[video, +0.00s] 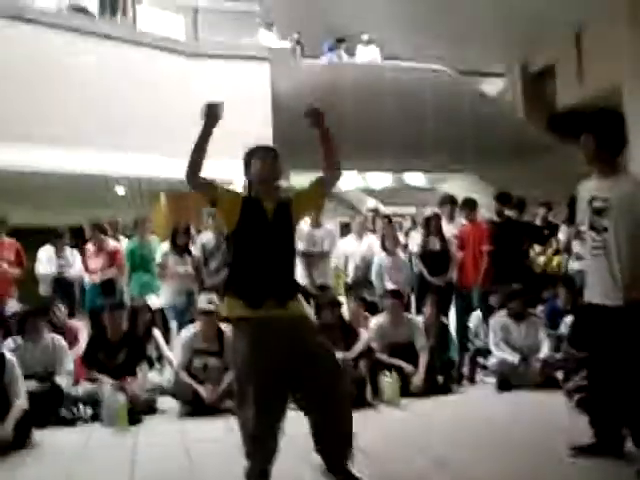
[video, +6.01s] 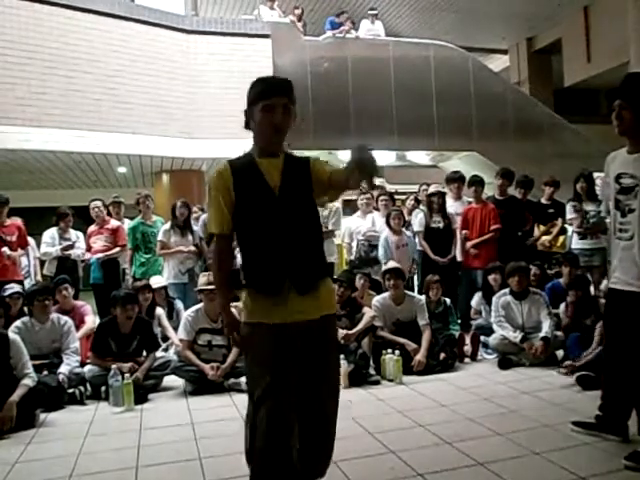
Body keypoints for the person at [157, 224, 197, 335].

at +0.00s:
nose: (182, 239)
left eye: (185, 234)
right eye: (179, 234)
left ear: (189, 237)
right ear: (174, 236)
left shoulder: (192, 257)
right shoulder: (167, 255)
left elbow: (198, 277)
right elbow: (160, 273)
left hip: (188, 295)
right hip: (170, 296)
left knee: (187, 331)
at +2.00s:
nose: (178, 218)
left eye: (181, 215)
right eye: (176, 214)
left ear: (185, 215)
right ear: (171, 214)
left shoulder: (187, 228)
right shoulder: (161, 228)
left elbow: (195, 247)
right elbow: (155, 249)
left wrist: (189, 247)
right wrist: (174, 247)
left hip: (186, 269)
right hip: (169, 271)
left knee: (187, 304)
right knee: (174, 305)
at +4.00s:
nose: (178, 218)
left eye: (181, 215)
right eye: (176, 215)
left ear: (185, 215)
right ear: (171, 213)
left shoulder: (189, 228)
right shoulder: (162, 228)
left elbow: (196, 248)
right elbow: (155, 250)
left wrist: (189, 247)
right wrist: (174, 246)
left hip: (187, 268)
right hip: (170, 269)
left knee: (188, 302)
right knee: (174, 303)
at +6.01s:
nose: (182, 211)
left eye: (184, 208)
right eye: (179, 208)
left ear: (188, 211)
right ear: (174, 211)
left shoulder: (192, 230)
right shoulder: (166, 229)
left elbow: (200, 250)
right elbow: (159, 251)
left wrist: (192, 249)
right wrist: (179, 249)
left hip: (191, 274)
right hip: (173, 274)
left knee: (191, 309)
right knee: (178, 310)